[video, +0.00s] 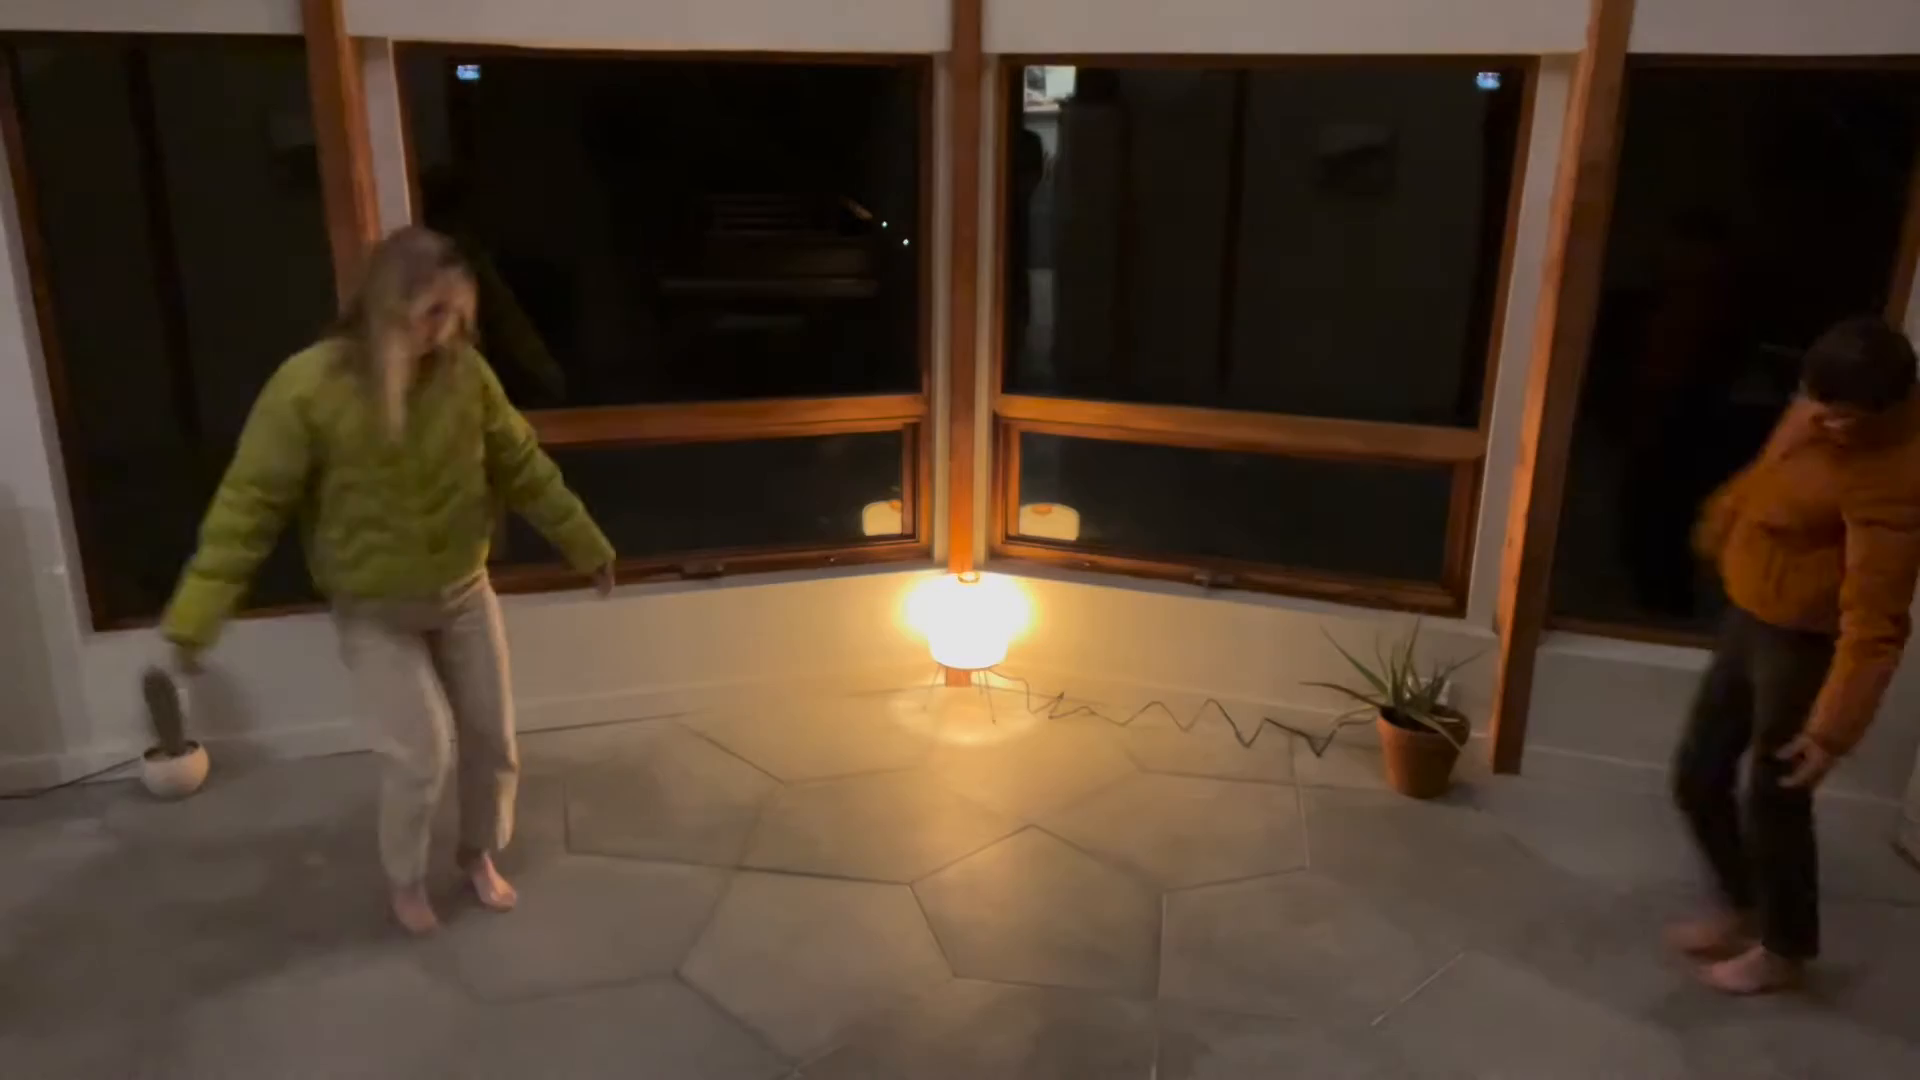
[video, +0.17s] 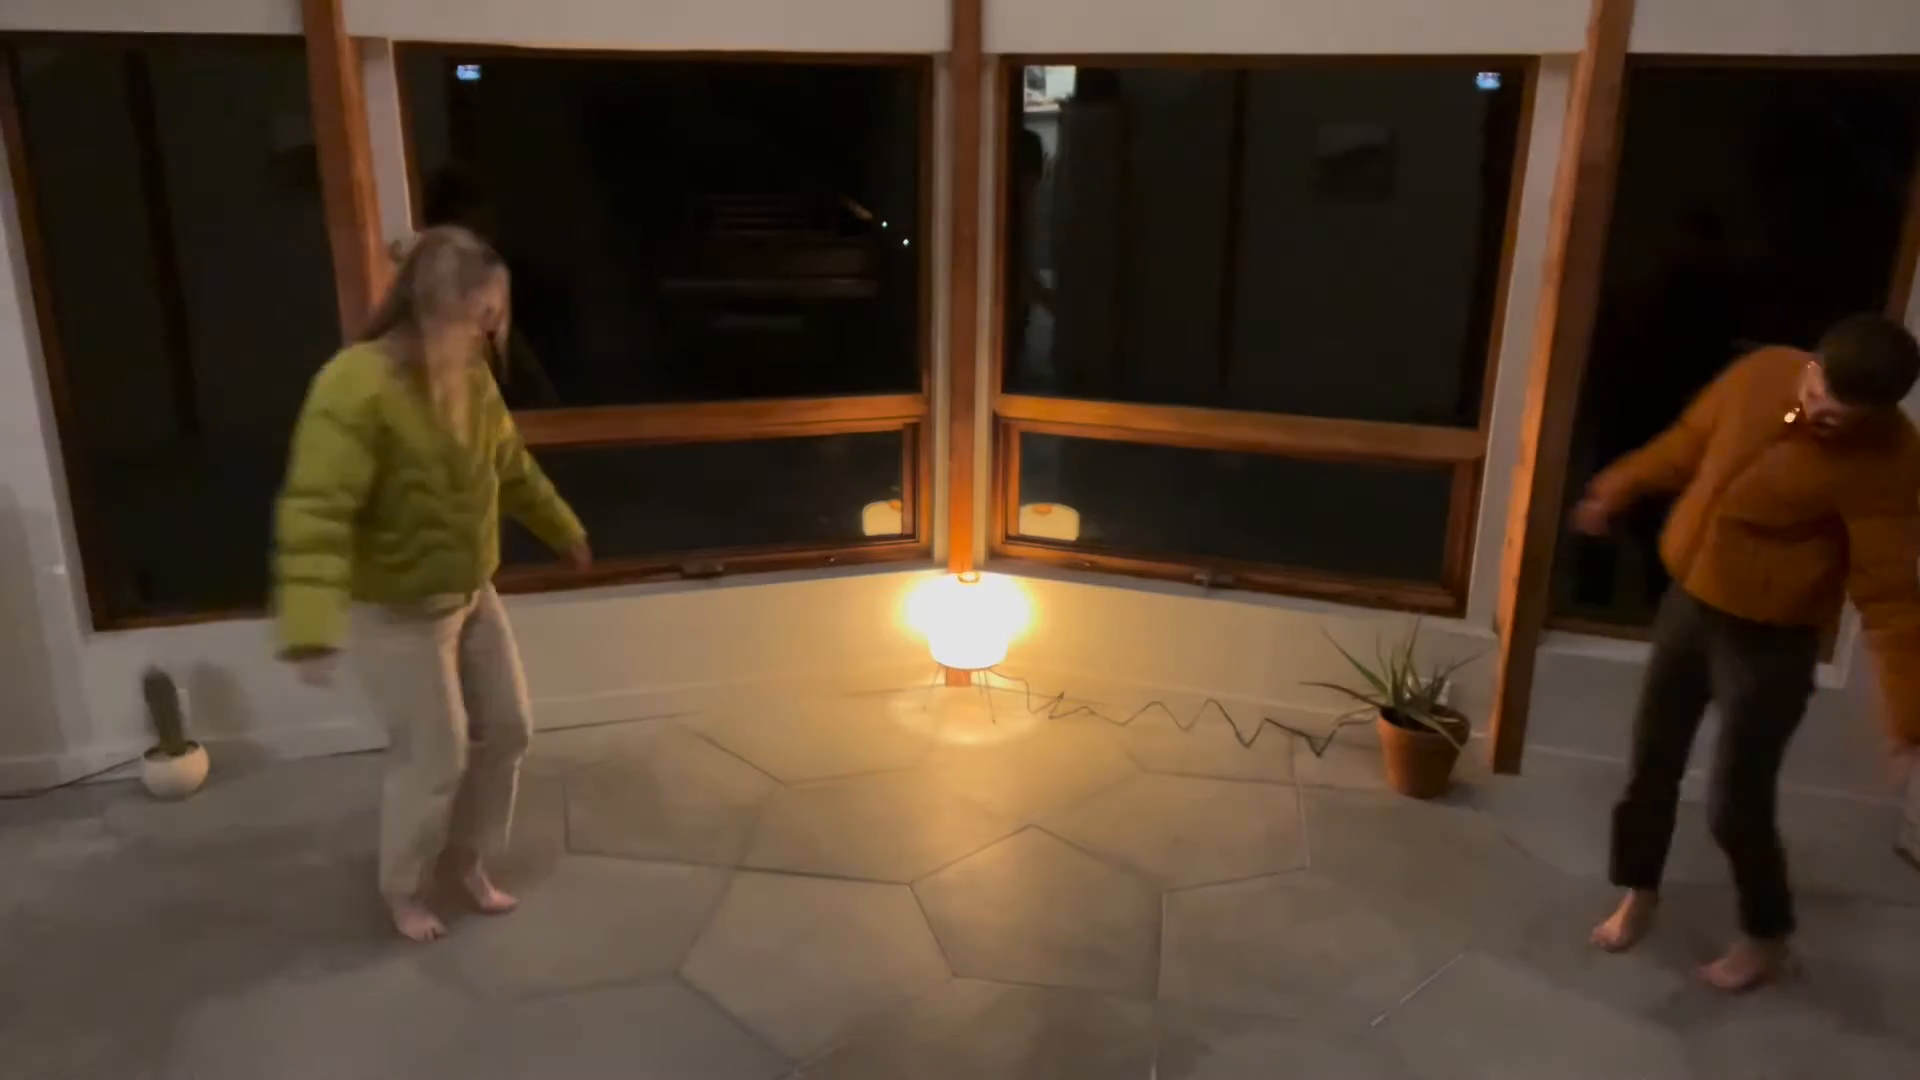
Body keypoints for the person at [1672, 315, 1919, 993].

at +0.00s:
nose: (1820, 421)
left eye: (1838, 416)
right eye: (1817, 404)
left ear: (1877, 412)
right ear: (1812, 386)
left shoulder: (1890, 480)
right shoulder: (1817, 399)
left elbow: (1878, 623)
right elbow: (1775, 470)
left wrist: (1827, 735)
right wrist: (1723, 515)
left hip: (1803, 642)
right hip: (1750, 619)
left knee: (1772, 795)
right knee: (1700, 776)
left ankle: (1784, 951)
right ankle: (1744, 910)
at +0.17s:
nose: (1819, 410)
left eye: (1839, 412)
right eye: (1819, 391)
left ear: (1874, 412)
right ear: (1814, 362)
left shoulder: (1883, 463)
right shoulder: (1763, 373)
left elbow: (1893, 600)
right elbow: (1687, 443)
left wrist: (1905, 724)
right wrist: (1614, 487)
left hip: (1771, 640)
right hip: (1689, 604)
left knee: (1737, 806)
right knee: (1652, 763)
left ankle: (1766, 938)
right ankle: (1637, 893)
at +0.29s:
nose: (1832, 405)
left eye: (1854, 403)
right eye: (1835, 384)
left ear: (1877, 403)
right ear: (1821, 343)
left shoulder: (1863, 455)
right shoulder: (1721, 372)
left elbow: (1889, 584)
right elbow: (1622, 436)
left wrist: (1916, 681)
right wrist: (1525, 487)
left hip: (1756, 628)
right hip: (1661, 598)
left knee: (1718, 771)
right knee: (1641, 750)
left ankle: (1680, 910)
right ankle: (1638, 888)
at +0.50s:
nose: (1832, 395)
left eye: (1847, 386)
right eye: (1834, 374)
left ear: (1853, 381)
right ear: (1801, 340)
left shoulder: (1816, 435)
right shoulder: (1676, 382)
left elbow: (1823, 551)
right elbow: (1563, 452)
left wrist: (1861, 640)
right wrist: (1457, 508)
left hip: (1733, 633)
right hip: (1640, 614)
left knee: (1700, 803)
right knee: (1621, 795)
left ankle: (1660, 918)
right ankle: (1553, 918)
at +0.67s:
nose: (1807, 372)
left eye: (1818, 359)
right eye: (1809, 353)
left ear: (1778, 334)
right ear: (1771, 326)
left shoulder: (1746, 406)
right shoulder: (1665, 386)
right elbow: (1572, 479)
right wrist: (1491, 565)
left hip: (1693, 627)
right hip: (1635, 620)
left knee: (1657, 791)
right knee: (1612, 784)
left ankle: (1587, 909)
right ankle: (1532, 937)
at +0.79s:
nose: (1767, 356)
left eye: (1774, 341)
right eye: (1769, 337)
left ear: (1721, 319)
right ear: (1741, 321)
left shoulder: (1656, 386)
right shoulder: (1673, 395)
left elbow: (1599, 495)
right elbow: (1620, 509)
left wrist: (1551, 572)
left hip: (1653, 617)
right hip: (1653, 622)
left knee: (1608, 777)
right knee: (1631, 795)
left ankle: (1539, 919)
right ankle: (1541, 939)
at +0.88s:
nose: (1750, 342)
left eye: (1752, 329)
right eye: (1750, 328)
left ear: (1671, 313)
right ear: (1730, 323)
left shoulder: (1610, 390)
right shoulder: (1696, 407)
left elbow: (1556, 486)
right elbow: (1666, 529)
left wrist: (1503, 556)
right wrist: (1675, 645)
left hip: (1585, 616)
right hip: (1643, 632)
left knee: (1585, 781)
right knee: (1633, 808)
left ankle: (1534, 921)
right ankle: (1561, 961)